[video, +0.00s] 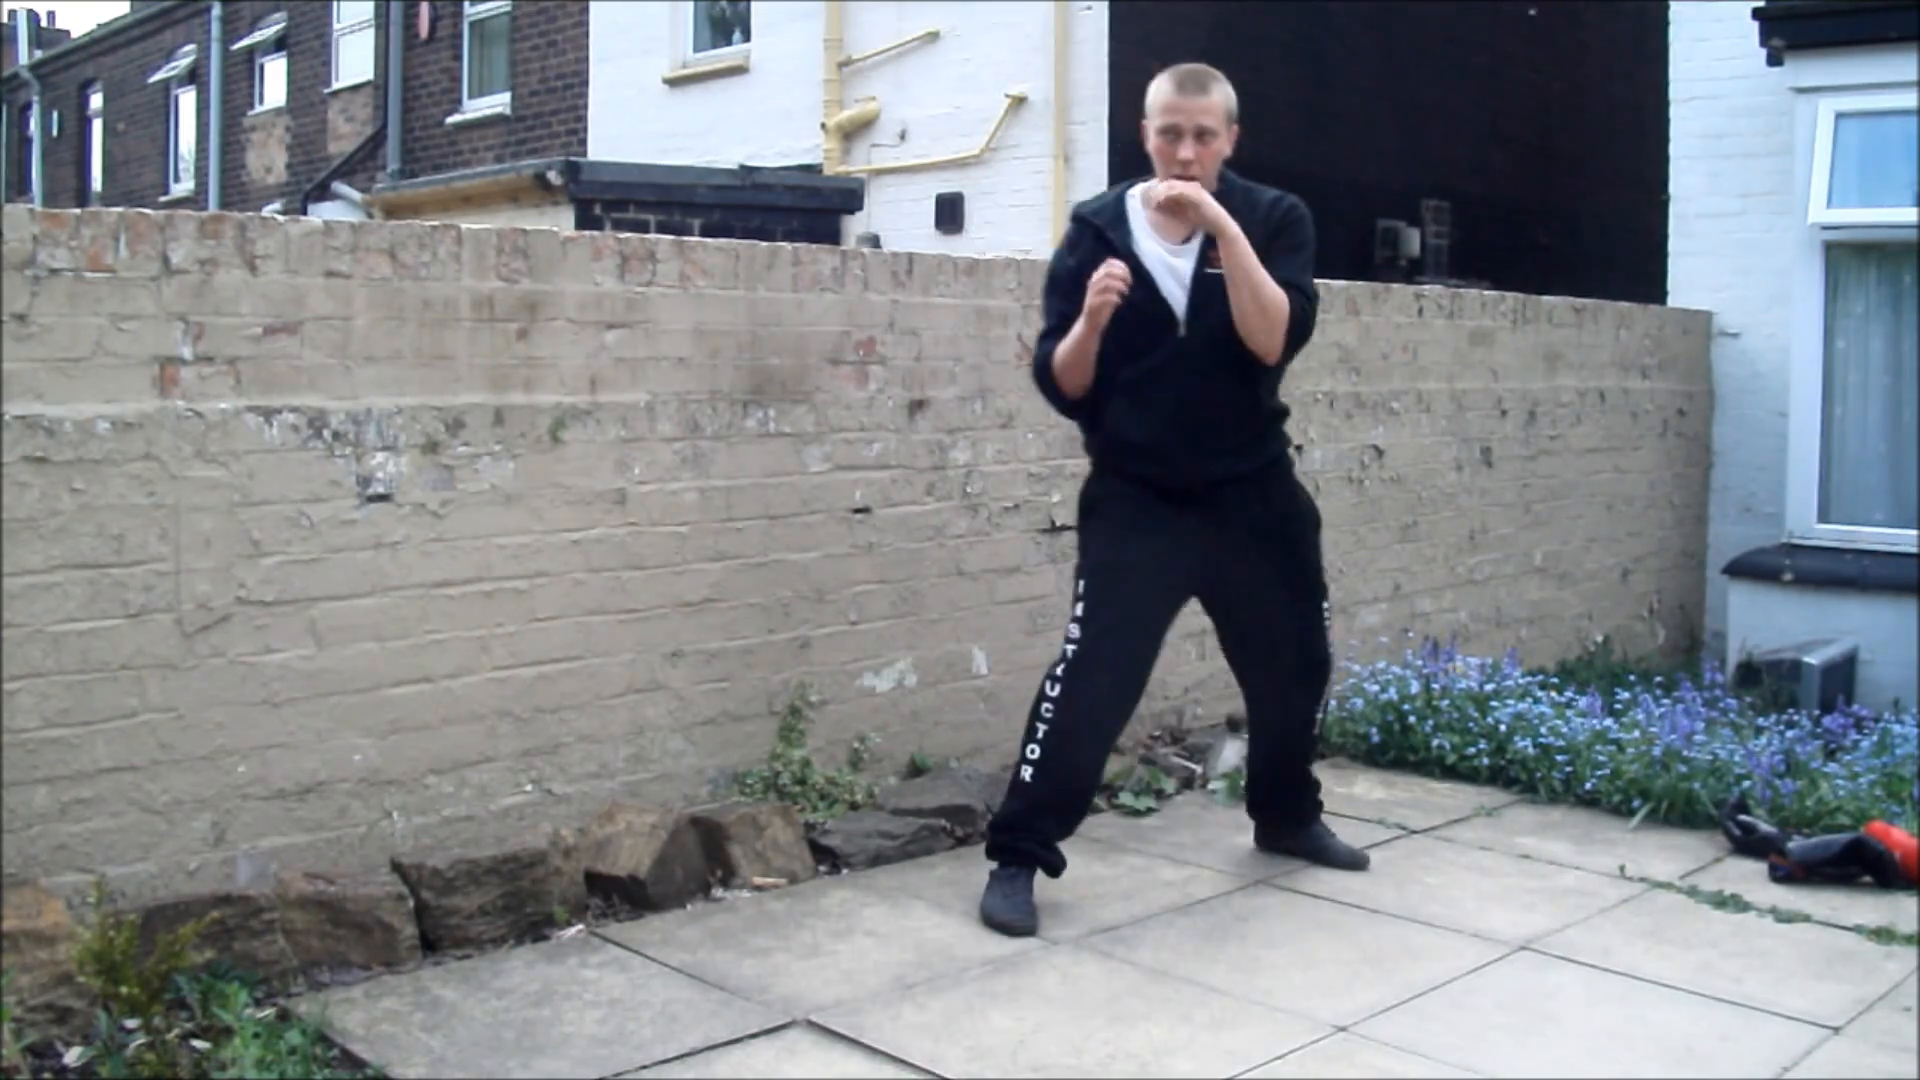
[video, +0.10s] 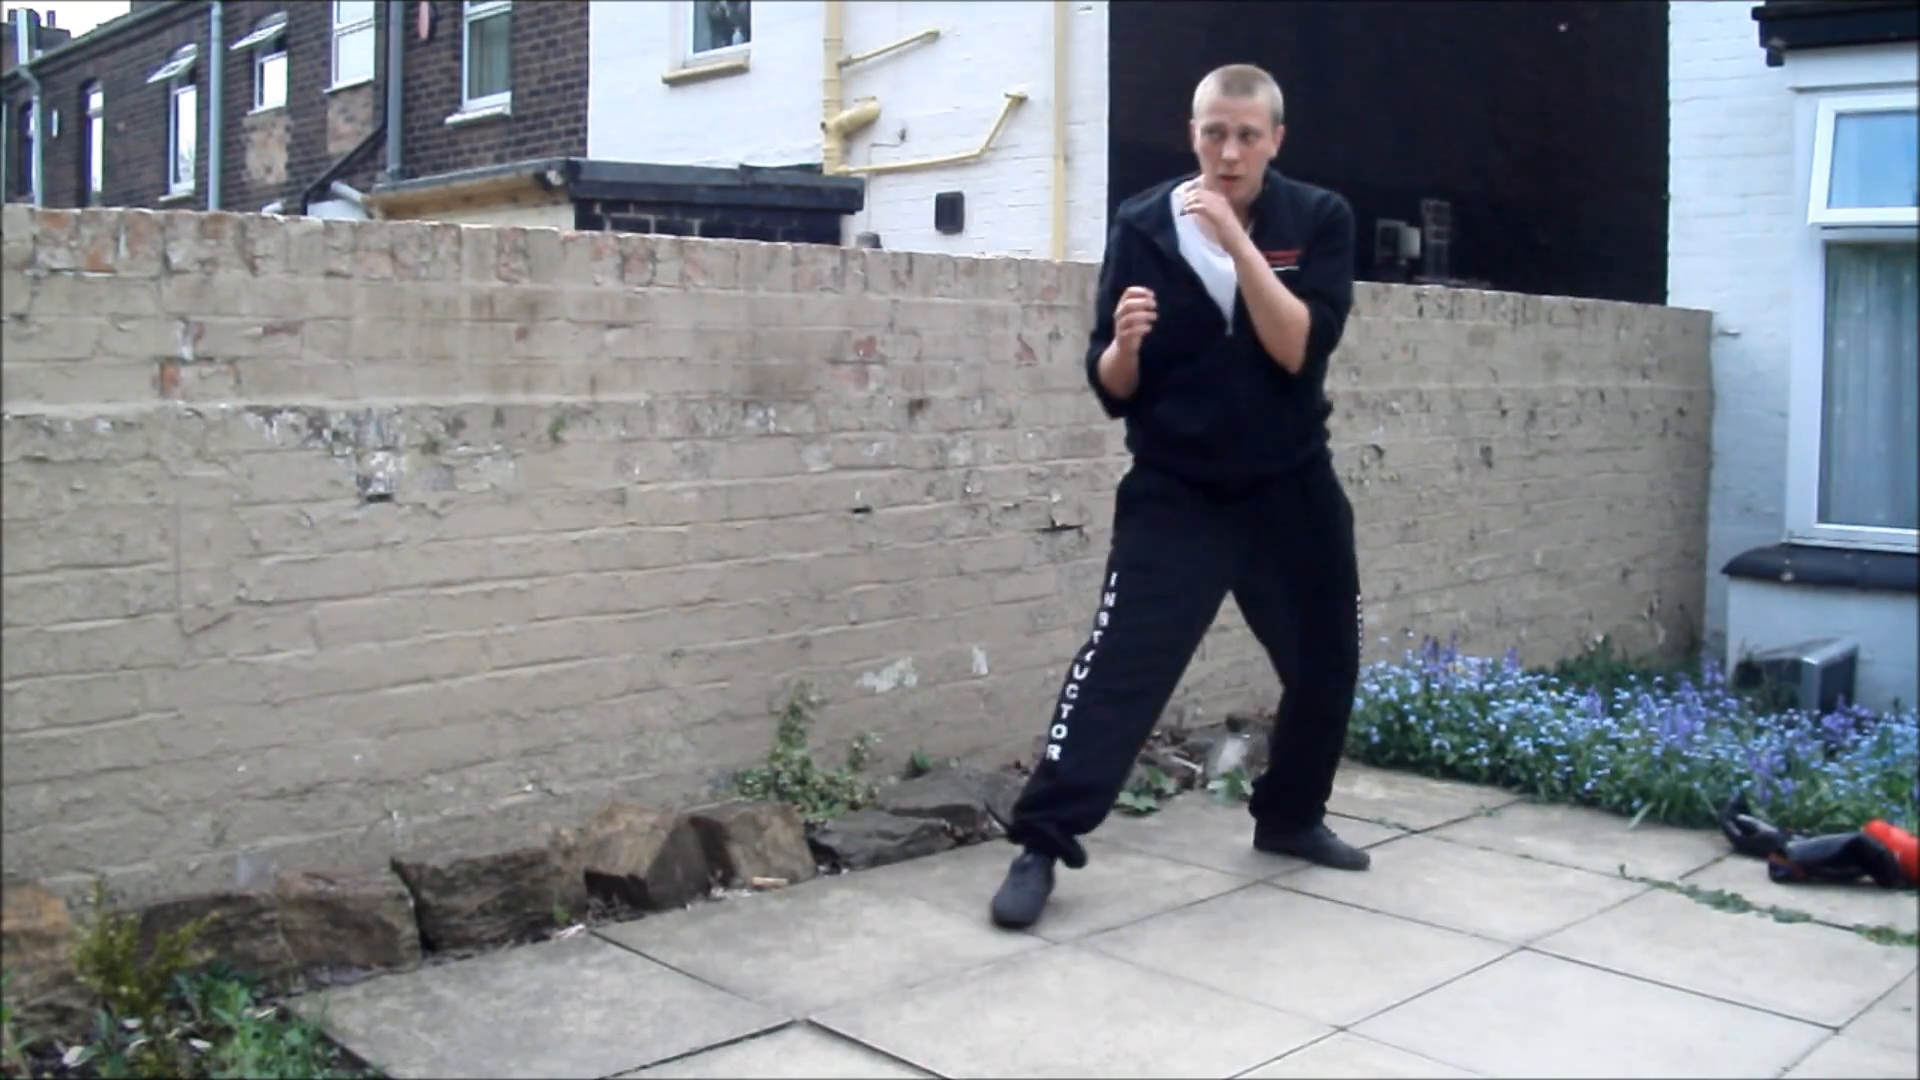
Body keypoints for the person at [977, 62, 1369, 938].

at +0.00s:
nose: (1186, 152)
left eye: (1204, 136)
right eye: (1171, 135)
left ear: (1233, 140)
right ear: (1144, 135)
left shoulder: (1275, 220)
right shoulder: (1098, 228)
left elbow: (1274, 341)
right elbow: (1061, 385)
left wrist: (1224, 228)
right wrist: (1089, 325)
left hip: (1252, 496)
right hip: (1134, 497)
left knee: (1294, 665)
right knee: (1096, 673)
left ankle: (1287, 819)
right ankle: (1016, 860)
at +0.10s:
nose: (1228, 150)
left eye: (1245, 136)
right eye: (1213, 134)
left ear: (1276, 139)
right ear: (1191, 134)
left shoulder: (1318, 219)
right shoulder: (1142, 222)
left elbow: (1300, 348)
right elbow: (1112, 387)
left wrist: (1239, 245)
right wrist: (1126, 344)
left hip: (1290, 491)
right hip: (1173, 491)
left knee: (1327, 667)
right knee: (1118, 662)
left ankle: (1290, 818)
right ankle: (1040, 847)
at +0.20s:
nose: (1246, 125)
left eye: (1263, 109)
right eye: (1232, 108)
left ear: (1292, 115)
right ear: (1208, 108)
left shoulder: (1336, 194)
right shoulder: (1158, 196)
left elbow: (1330, 322)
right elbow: (1125, 359)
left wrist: (1258, 221)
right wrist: (1138, 306)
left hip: (1301, 473)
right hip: (1184, 470)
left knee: (1321, 650)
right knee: (1148, 643)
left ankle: (1292, 815)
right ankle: (1087, 830)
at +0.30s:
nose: (1256, 89)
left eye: (1274, 74)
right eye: (1243, 73)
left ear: (1305, 82)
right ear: (1222, 78)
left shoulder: (1346, 162)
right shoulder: (1176, 159)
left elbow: (1357, 291)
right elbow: (1127, 310)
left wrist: (1290, 184)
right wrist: (1154, 238)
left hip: (1306, 432)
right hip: (1196, 430)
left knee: (1302, 620)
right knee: (1183, 612)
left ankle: (1303, 797)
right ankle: (1167, 791)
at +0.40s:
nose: (1268, 104)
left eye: (1286, 90)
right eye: (1255, 88)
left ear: (1316, 99)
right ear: (1233, 93)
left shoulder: (1357, 179)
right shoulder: (1187, 168)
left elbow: (1373, 301)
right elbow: (1118, 301)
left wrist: (1320, 189)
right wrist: (1160, 223)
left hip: (1317, 441)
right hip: (1208, 438)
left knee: (1313, 625)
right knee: (1210, 621)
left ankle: (1306, 791)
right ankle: (1215, 785)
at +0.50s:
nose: (1281, 135)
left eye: (1299, 121)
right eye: (1269, 118)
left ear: (1327, 132)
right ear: (1247, 123)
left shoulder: (1363, 224)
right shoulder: (1194, 210)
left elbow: (1366, 342)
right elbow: (1124, 336)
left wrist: (1332, 228)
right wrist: (1168, 254)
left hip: (1327, 477)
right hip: (1220, 473)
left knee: (1319, 644)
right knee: (1217, 642)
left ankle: (1303, 801)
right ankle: (1223, 794)